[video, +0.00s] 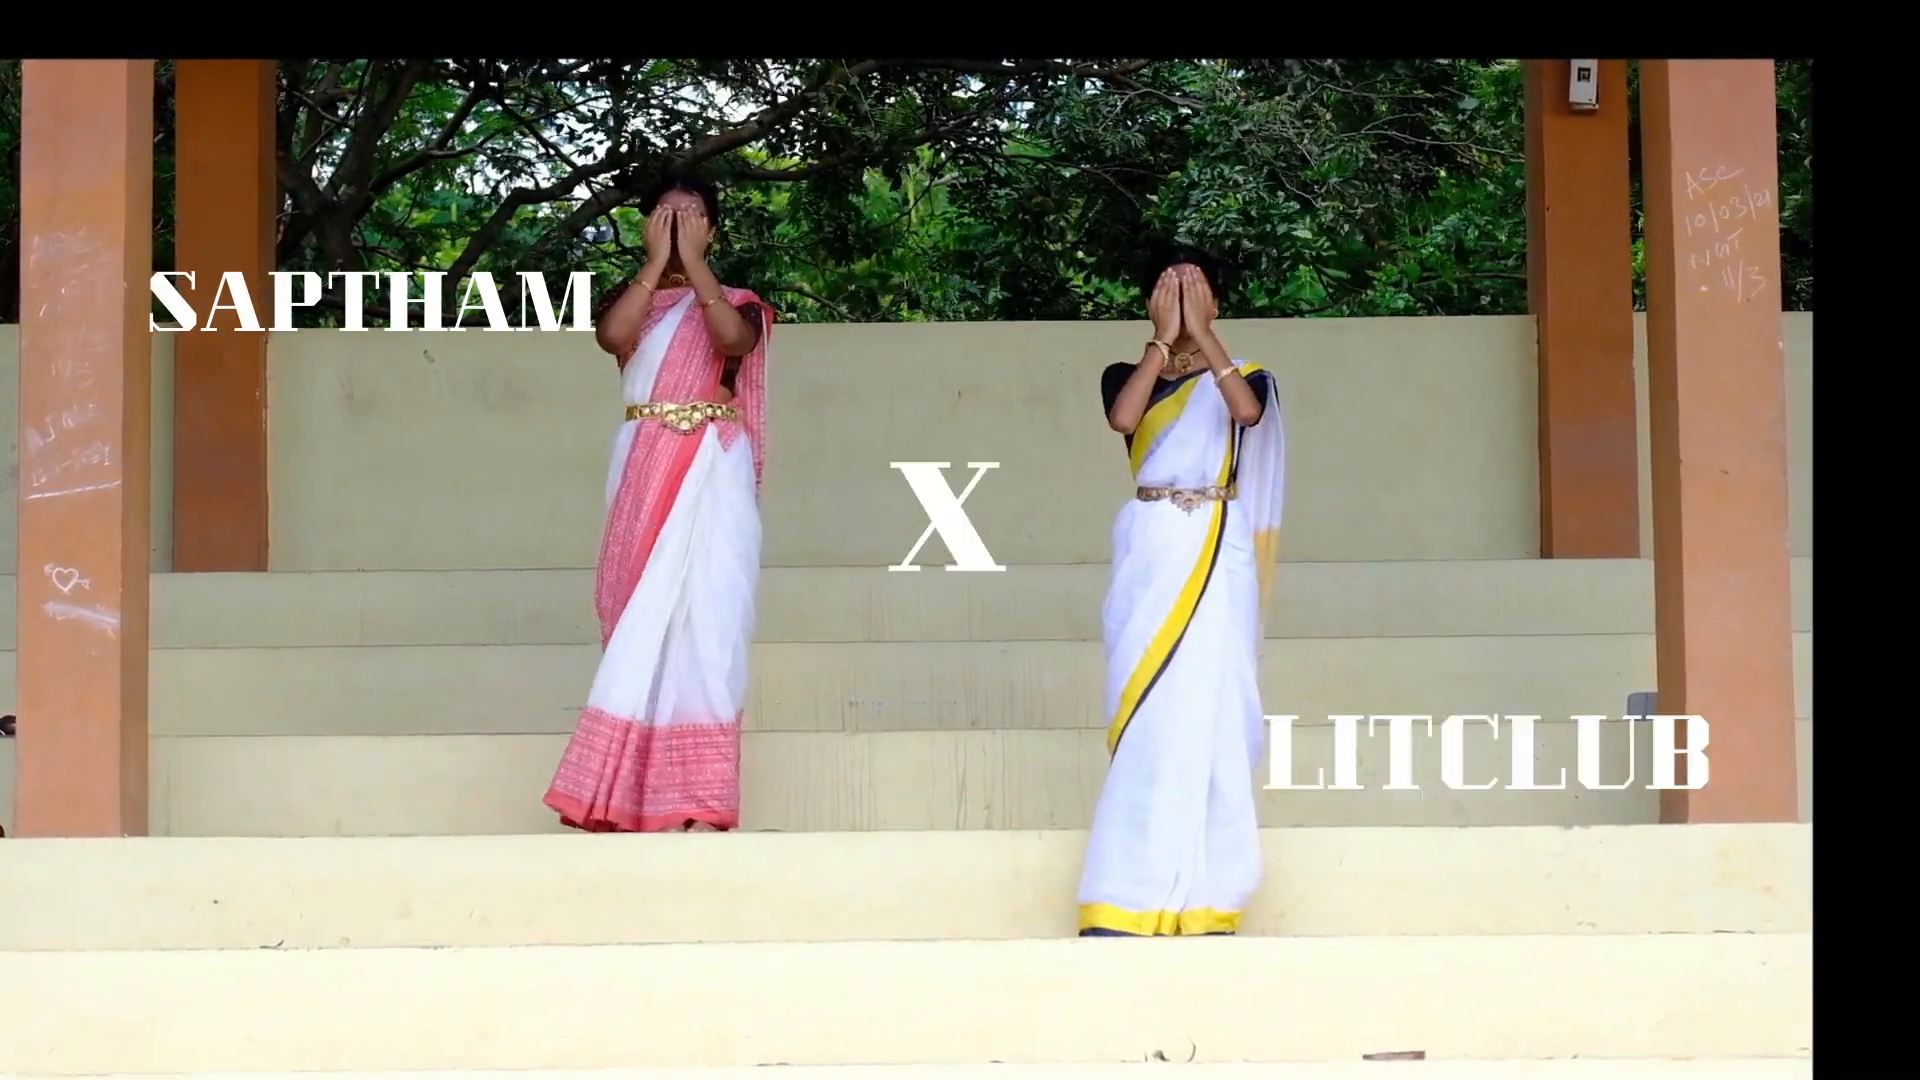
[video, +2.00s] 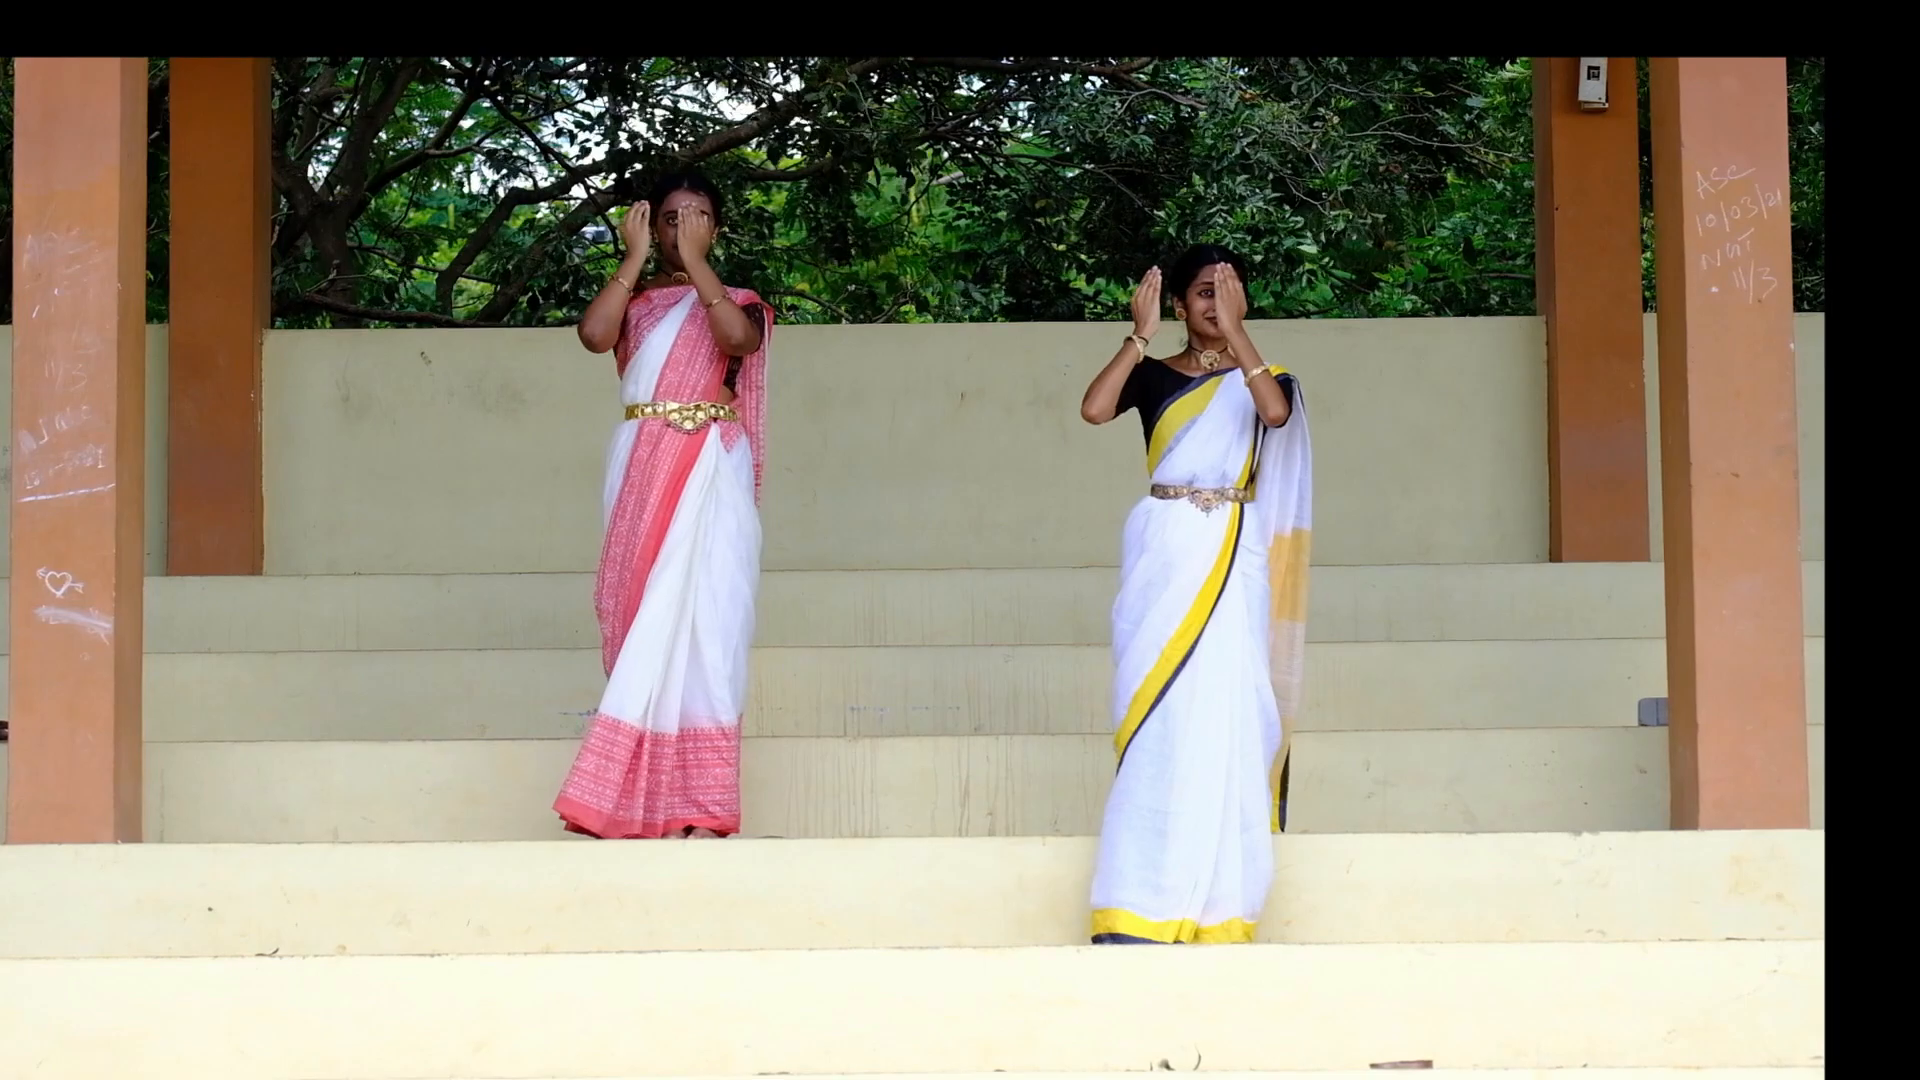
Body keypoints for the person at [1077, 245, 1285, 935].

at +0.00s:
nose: (1181, 304)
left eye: (1194, 290)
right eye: (1170, 290)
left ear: (1216, 303)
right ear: (1153, 304)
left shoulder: (1244, 376)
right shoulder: (1131, 377)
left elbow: (1245, 410)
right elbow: (1122, 417)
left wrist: (1203, 331)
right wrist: (1160, 342)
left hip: (1214, 553)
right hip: (1146, 551)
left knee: (1203, 711)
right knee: (1143, 710)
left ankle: (1203, 892)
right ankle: (1133, 892)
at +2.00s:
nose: (1214, 301)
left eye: (1223, 289)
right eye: (1203, 291)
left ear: (1243, 301)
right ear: (1181, 306)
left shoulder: (1267, 378)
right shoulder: (1156, 374)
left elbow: (1274, 409)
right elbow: (1094, 408)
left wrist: (1236, 329)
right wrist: (1139, 332)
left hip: (1228, 555)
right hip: (1159, 550)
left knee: (1220, 717)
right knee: (1152, 714)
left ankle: (1216, 901)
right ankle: (1143, 902)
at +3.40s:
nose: (1202, 320)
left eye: (1215, 309)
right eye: (1189, 308)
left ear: (1230, 315)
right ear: (1165, 313)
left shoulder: (1262, 382)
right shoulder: (1141, 382)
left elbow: (1286, 458)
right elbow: (1136, 457)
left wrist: (1253, 366)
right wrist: (1173, 373)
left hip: (1240, 558)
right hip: (1172, 555)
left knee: (1239, 720)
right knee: (1169, 718)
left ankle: (1238, 905)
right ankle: (1163, 906)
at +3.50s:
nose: (1213, 318)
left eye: (1224, 307)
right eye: (1200, 305)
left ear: (1236, 316)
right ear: (1174, 311)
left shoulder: (1273, 392)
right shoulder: (1145, 389)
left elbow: (1299, 496)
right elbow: (1123, 498)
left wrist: (1265, 448)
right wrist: (1178, 441)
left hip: (1255, 563)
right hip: (1183, 563)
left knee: (1254, 723)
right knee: (1186, 722)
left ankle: (1248, 908)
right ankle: (1175, 908)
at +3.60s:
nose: (1225, 320)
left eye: (1235, 309)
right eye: (1212, 307)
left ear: (1244, 318)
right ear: (1181, 312)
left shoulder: (1271, 400)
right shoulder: (1148, 395)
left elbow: (1299, 498)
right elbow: (1121, 497)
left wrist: (1261, 510)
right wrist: (1132, 520)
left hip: (1266, 572)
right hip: (1193, 570)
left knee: (1284, 722)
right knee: (1248, 726)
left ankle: (1247, 913)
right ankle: (1167, 900)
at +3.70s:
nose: (1235, 316)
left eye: (1243, 305)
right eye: (1221, 303)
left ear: (1250, 316)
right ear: (1188, 310)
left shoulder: (1271, 399)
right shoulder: (1151, 395)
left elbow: (1301, 494)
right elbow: (1115, 488)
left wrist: (1257, 518)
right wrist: (1079, 564)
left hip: (1266, 564)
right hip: (1196, 563)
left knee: (1287, 709)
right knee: (1255, 707)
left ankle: (1250, 895)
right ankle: (1223, 889)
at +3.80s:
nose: (1242, 316)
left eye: (1250, 304)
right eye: (1228, 302)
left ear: (1255, 313)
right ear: (1192, 309)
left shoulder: (1274, 396)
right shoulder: (1156, 393)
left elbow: (1305, 488)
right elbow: (1100, 486)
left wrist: (1228, 499)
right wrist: (1030, 566)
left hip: (1265, 555)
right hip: (1199, 555)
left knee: (1252, 706)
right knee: (1309, 648)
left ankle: (1246, 883)